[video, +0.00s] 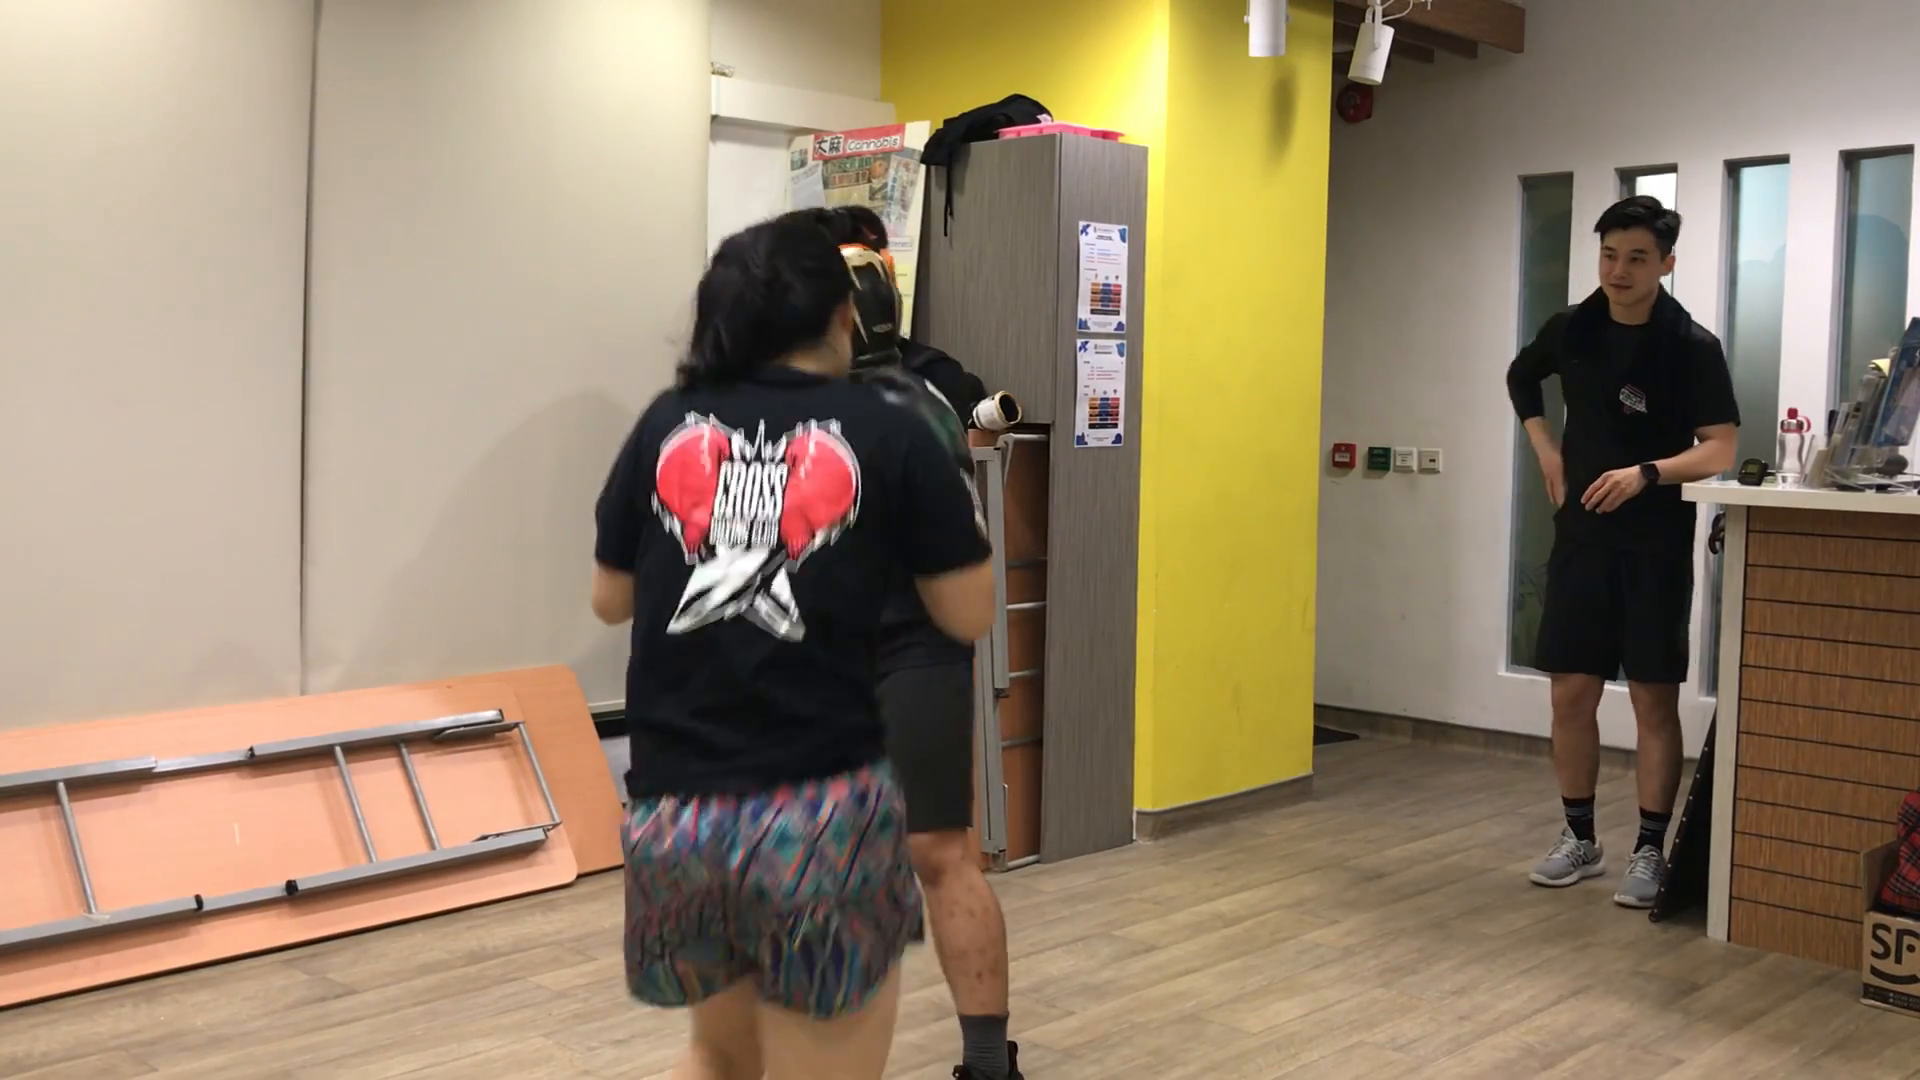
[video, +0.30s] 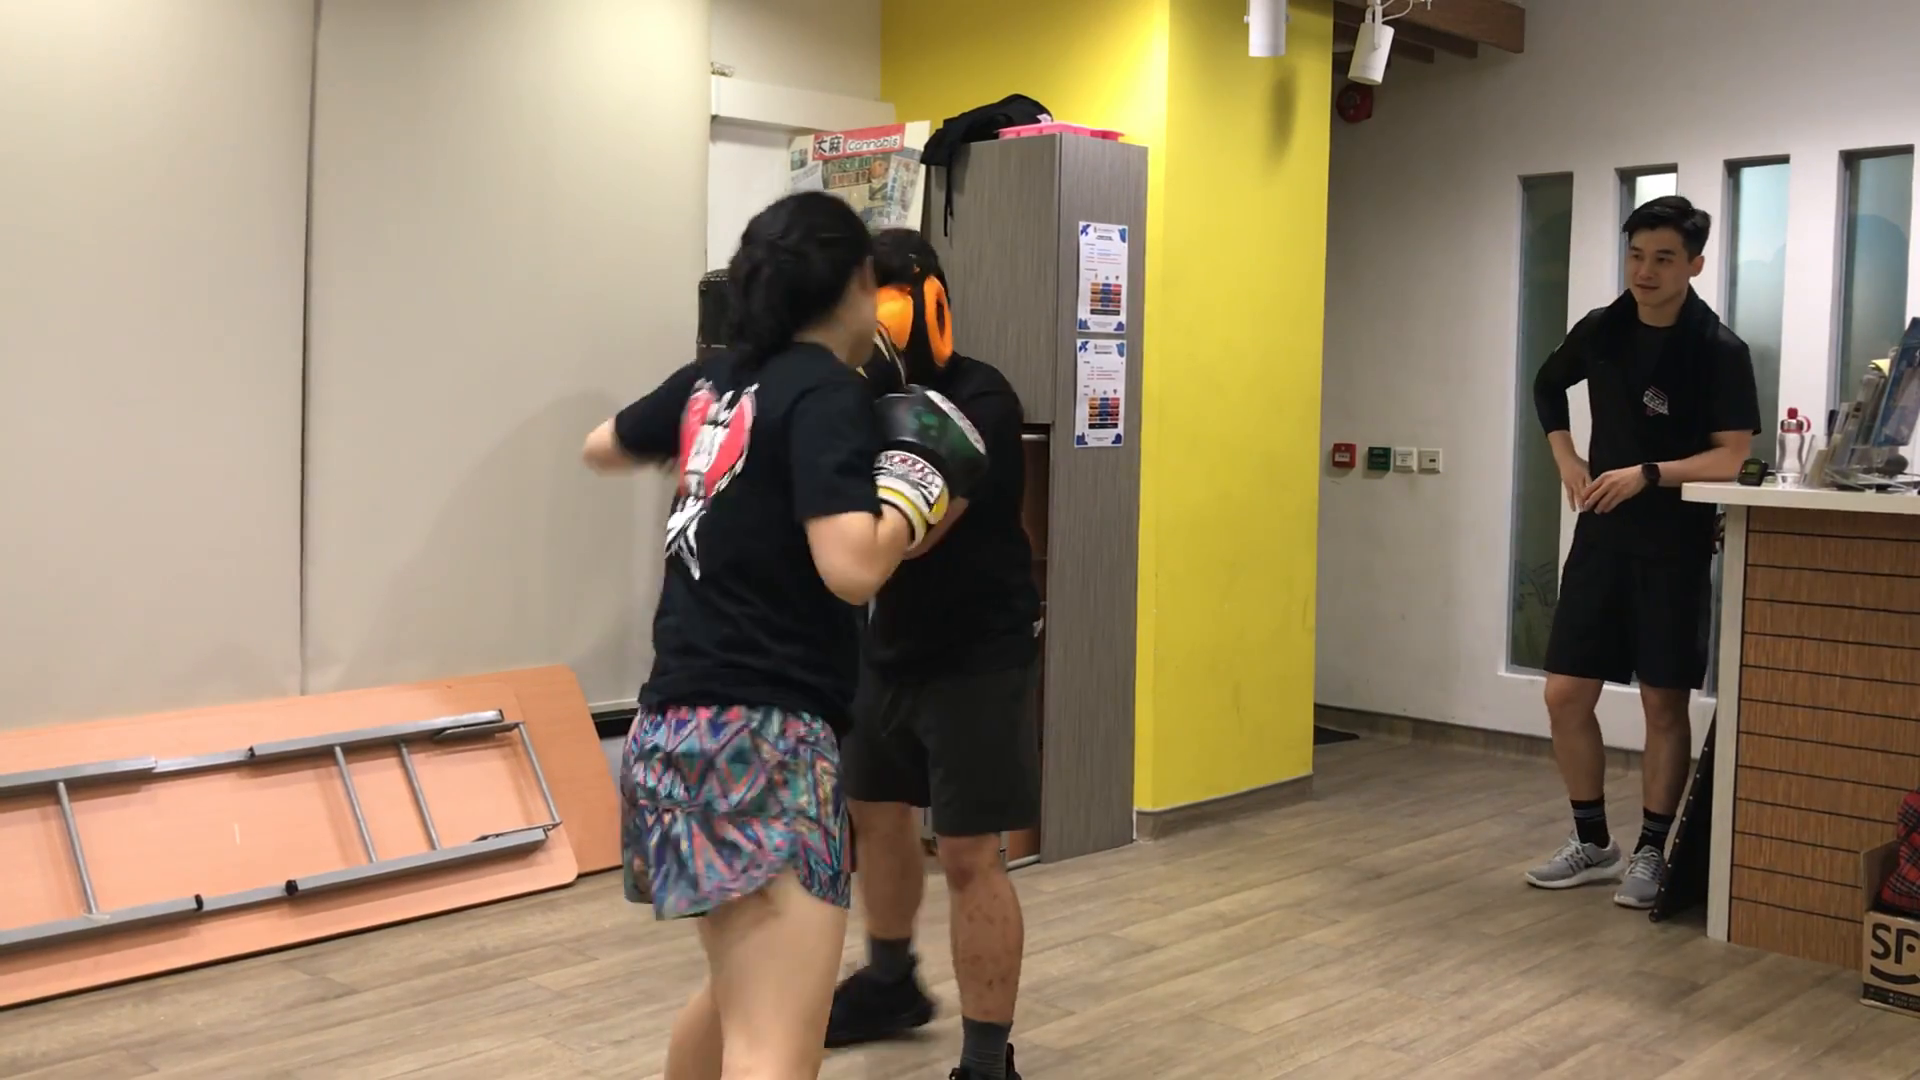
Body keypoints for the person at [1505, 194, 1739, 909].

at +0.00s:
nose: (1618, 269)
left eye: (1635, 257)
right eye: (1609, 255)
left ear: (1665, 263)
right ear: (1597, 256)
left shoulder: (1695, 348)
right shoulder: (1570, 330)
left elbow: (1720, 450)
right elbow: (1521, 374)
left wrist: (1646, 472)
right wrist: (1546, 451)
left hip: (1657, 539)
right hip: (1581, 533)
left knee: (1652, 698)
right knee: (1571, 694)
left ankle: (1650, 851)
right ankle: (1578, 839)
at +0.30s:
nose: (1645, 269)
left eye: (1663, 257)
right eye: (1636, 255)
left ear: (1695, 264)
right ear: (1625, 258)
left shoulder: (1721, 351)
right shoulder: (1602, 328)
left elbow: (1733, 457)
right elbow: (1547, 385)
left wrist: (1648, 473)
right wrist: (1567, 461)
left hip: (1676, 541)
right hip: (1603, 533)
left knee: (1664, 703)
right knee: (1564, 692)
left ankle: (1652, 851)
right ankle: (1591, 842)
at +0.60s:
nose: (1658, 270)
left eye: (1676, 258)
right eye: (1649, 255)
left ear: (1709, 264)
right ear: (1638, 257)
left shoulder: (1733, 350)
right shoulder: (1612, 329)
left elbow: (1738, 456)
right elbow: (1555, 388)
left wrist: (1647, 471)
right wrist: (1574, 463)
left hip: (1684, 545)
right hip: (1611, 536)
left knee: (1667, 706)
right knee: (1570, 693)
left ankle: (1651, 853)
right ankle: (1593, 843)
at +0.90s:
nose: (1664, 271)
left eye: (1682, 260)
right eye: (1655, 257)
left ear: (1715, 264)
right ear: (1644, 258)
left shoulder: (1740, 350)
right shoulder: (1618, 329)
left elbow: (1745, 456)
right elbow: (1559, 389)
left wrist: (1650, 470)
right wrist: (1579, 463)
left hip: (1692, 545)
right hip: (1616, 536)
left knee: (1670, 704)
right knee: (1578, 696)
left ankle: (1652, 853)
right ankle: (1593, 843)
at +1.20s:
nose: (1669, 272)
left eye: (1687, 260)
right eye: (1660, 257)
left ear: (1720, 263)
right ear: (1648, 258)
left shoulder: (1744, 350)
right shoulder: (1623, 330)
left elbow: (1746, 457)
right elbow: (1562, 391)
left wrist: (1649, 469)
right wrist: (1584, 468)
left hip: (1697, 546)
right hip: (1622, 538)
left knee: (1673, 705)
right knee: (1582, 695)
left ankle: (1653, 854)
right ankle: (1594, 844)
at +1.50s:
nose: (1670, 270)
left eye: (1689, 259)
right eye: (1663, 256)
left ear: (1723, 264)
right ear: (1652, 256)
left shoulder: (1747, 350)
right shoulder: (1628, 328)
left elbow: (1745, 457)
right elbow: (1564, 389)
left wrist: (1649, 469)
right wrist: (1585, 467)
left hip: (1699, 546)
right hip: (1624, 538)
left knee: (1674, 706)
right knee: (1583, 696)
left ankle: (1653, 854)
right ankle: (1594, 844)